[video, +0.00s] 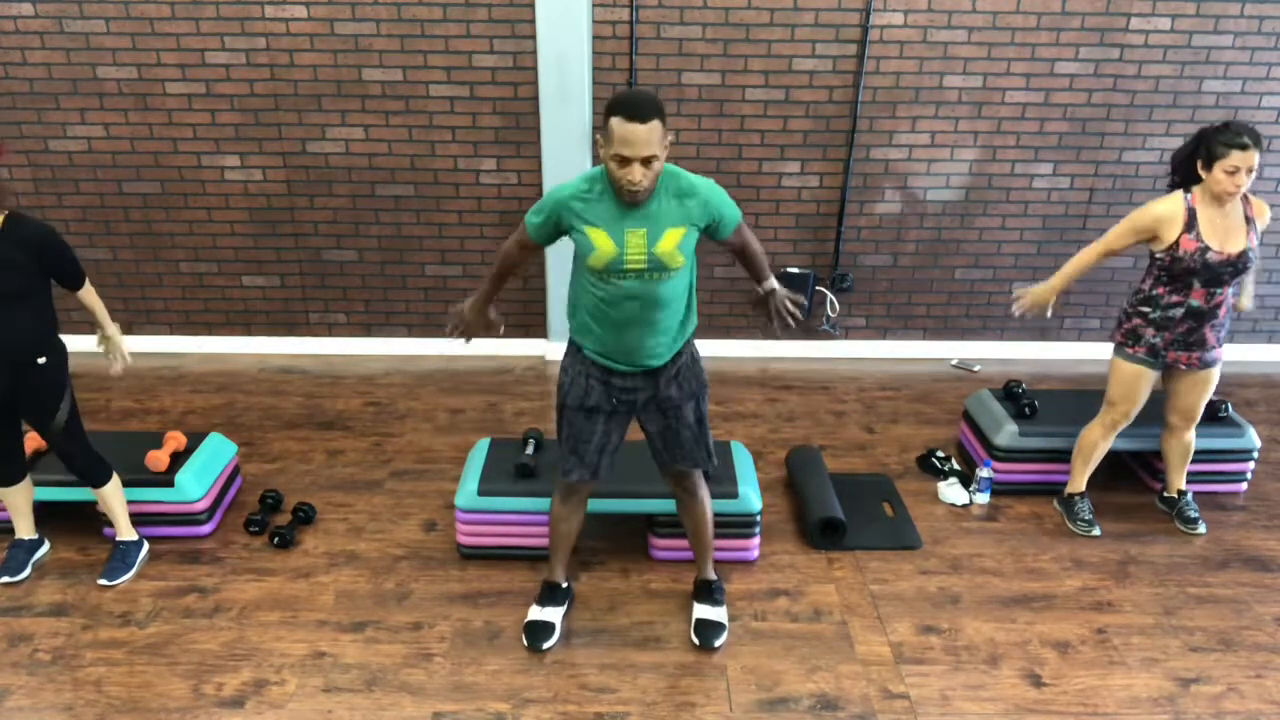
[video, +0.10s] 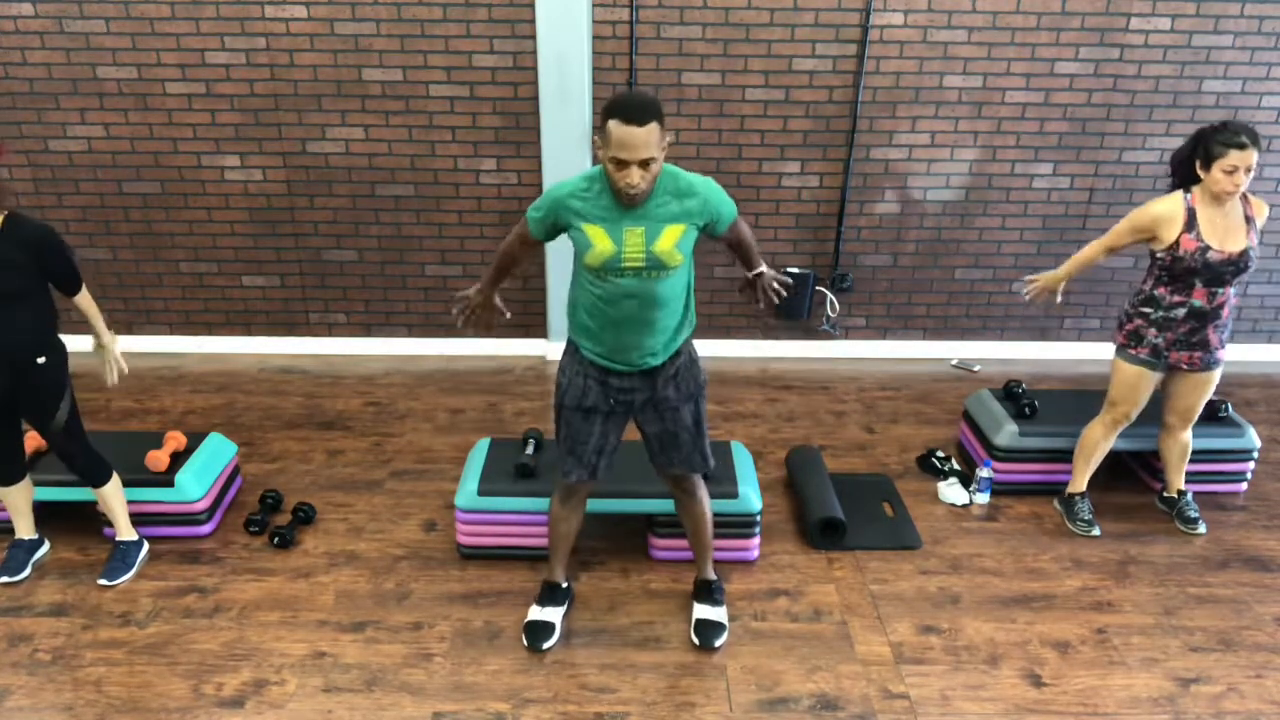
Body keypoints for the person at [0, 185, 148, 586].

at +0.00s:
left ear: (4, 200)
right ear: (3, 201)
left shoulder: (30, 235)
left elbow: (78, 282)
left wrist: (108, 326)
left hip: (38, 366)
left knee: (77, 453)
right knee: (5, 461)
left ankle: (129, 538)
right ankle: (26, 539)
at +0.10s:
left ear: (5, 200)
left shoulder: (30, 236)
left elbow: (74, 288)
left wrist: (106, 337)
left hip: (38, 366)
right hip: (1, 377)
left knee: (76, 452)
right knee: (6, 461)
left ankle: (129, 538)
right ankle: (26, 539)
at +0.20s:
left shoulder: (28, 238)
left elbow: (70, 301)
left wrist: (102, 360)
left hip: (40, 368)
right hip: (1, 378)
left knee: (78, 452)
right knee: (6, 461)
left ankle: (129, 538)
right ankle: (26, 539)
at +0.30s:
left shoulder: (21, 236)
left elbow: (63, 311)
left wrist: (83, 383)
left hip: (42, 363)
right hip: (2, 374)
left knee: (78, 450)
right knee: (6, 459)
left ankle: (129, 538)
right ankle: (26, 538)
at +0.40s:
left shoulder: (15, 242)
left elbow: (53, 320)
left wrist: (39, 392)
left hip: (56, 355)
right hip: (8, 364)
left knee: (76, 449)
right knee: (4, 456)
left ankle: (128, 538)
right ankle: (25, 538)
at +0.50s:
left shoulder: (14, 265)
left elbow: (40, 344)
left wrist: (2, 384)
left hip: (68, 356)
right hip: (17, 364)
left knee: (79, 453)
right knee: (2, 453)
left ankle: (129, 539)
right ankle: (26, 538)